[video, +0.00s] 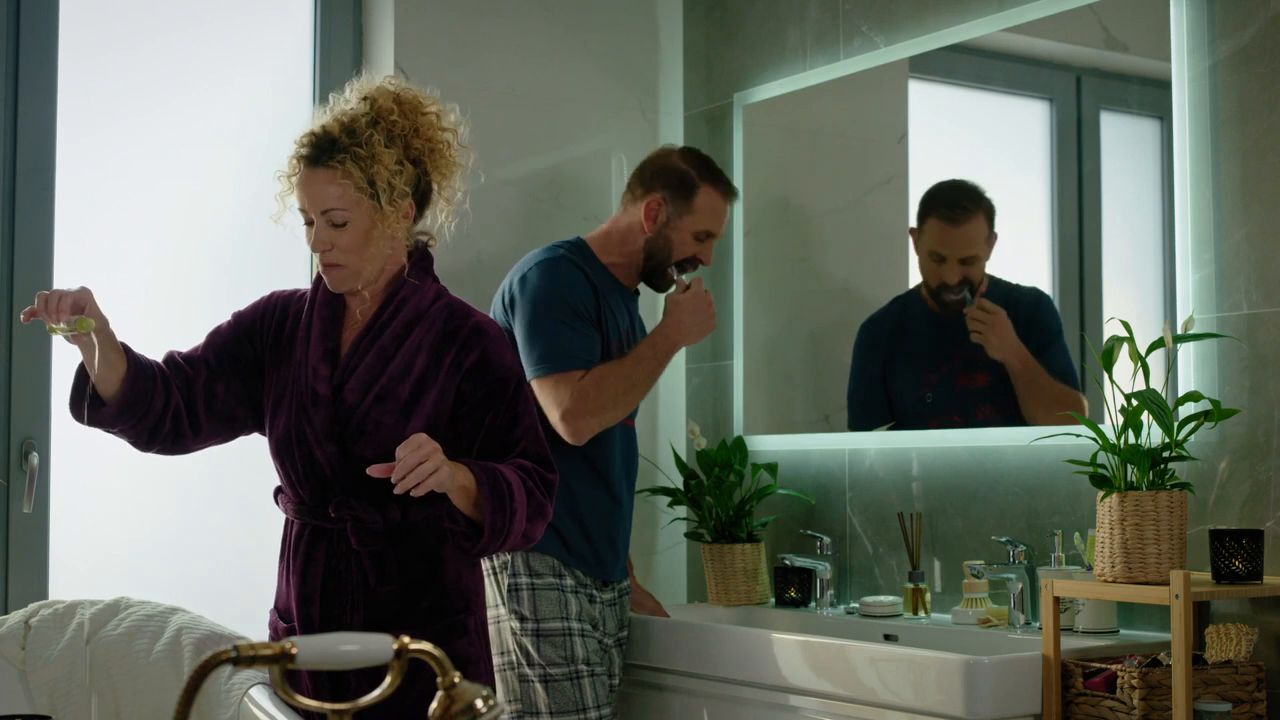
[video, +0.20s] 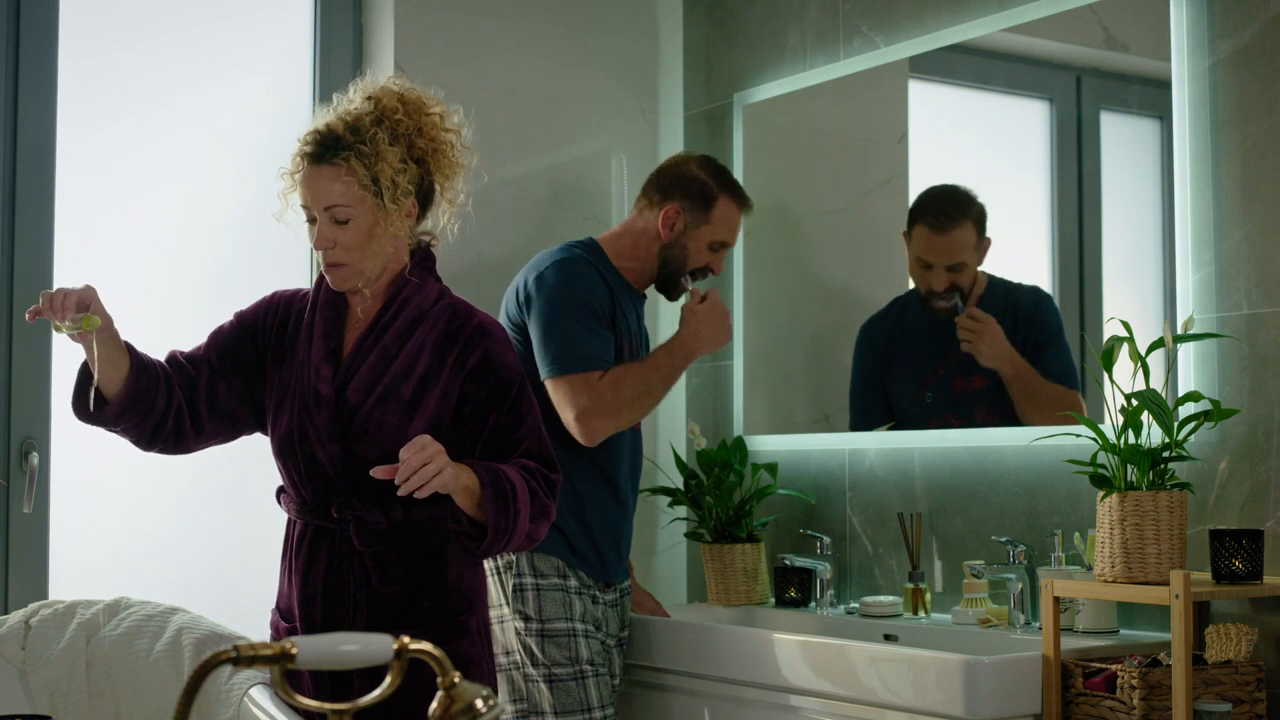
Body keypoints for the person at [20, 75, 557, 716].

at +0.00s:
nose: (317, 241)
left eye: (336, 220)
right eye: (310, 220)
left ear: (403, 215)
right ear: (301, 215)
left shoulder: (472, 346)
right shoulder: (283, 328)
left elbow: (533, 496)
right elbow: (176, 407)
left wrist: (458, 480)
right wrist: (99, 348)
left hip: (432, 628)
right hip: (307, 626)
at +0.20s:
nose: (319, 237)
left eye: (340, 216)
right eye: (312, 216)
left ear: (407, 214)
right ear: (304, 212)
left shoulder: (474, 346)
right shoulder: (285, 327)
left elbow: (535, 497)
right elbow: (174, 410)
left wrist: (461, 481)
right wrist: (103, 345)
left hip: (433, 630)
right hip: (308, 628)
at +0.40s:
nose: (326, 227)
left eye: (345, 203)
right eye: (315, 210)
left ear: (408, 200)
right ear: (305, 214)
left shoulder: (475, 345)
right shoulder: (287, 326)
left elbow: (535, 500)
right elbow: (170, 407)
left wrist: (461, 482)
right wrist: (102, 330)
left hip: (434, 634)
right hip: (308, 632)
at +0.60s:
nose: (327, 231)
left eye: (344, 203)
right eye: (311, 215)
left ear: (400, 198)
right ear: (301, 226)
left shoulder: (478, 342)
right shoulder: (289, 326)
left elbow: (537, 497)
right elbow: (176, 406)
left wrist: (463, 479)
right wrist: (105, 328)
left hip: (435, 630)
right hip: (311, 628)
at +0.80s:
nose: (331, 235)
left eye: (347, 207)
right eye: (313, 219)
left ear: (400, 200)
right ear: (302, 229)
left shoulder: (478, 340)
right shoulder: (290, 326)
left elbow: (540, 494)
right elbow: (177, 408)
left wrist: (468, 479)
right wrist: (111, 332)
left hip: (437, 628)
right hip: (311, 626)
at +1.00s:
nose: (371, 232)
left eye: (382, 204)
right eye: (342, 219)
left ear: (411, 200)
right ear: (314, 232)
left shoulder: (479, 340)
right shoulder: (286, 329)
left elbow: (537, 493)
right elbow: (169, 410)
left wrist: (467, 477)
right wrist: (112, 327)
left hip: (440, 622)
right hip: (315, 623)